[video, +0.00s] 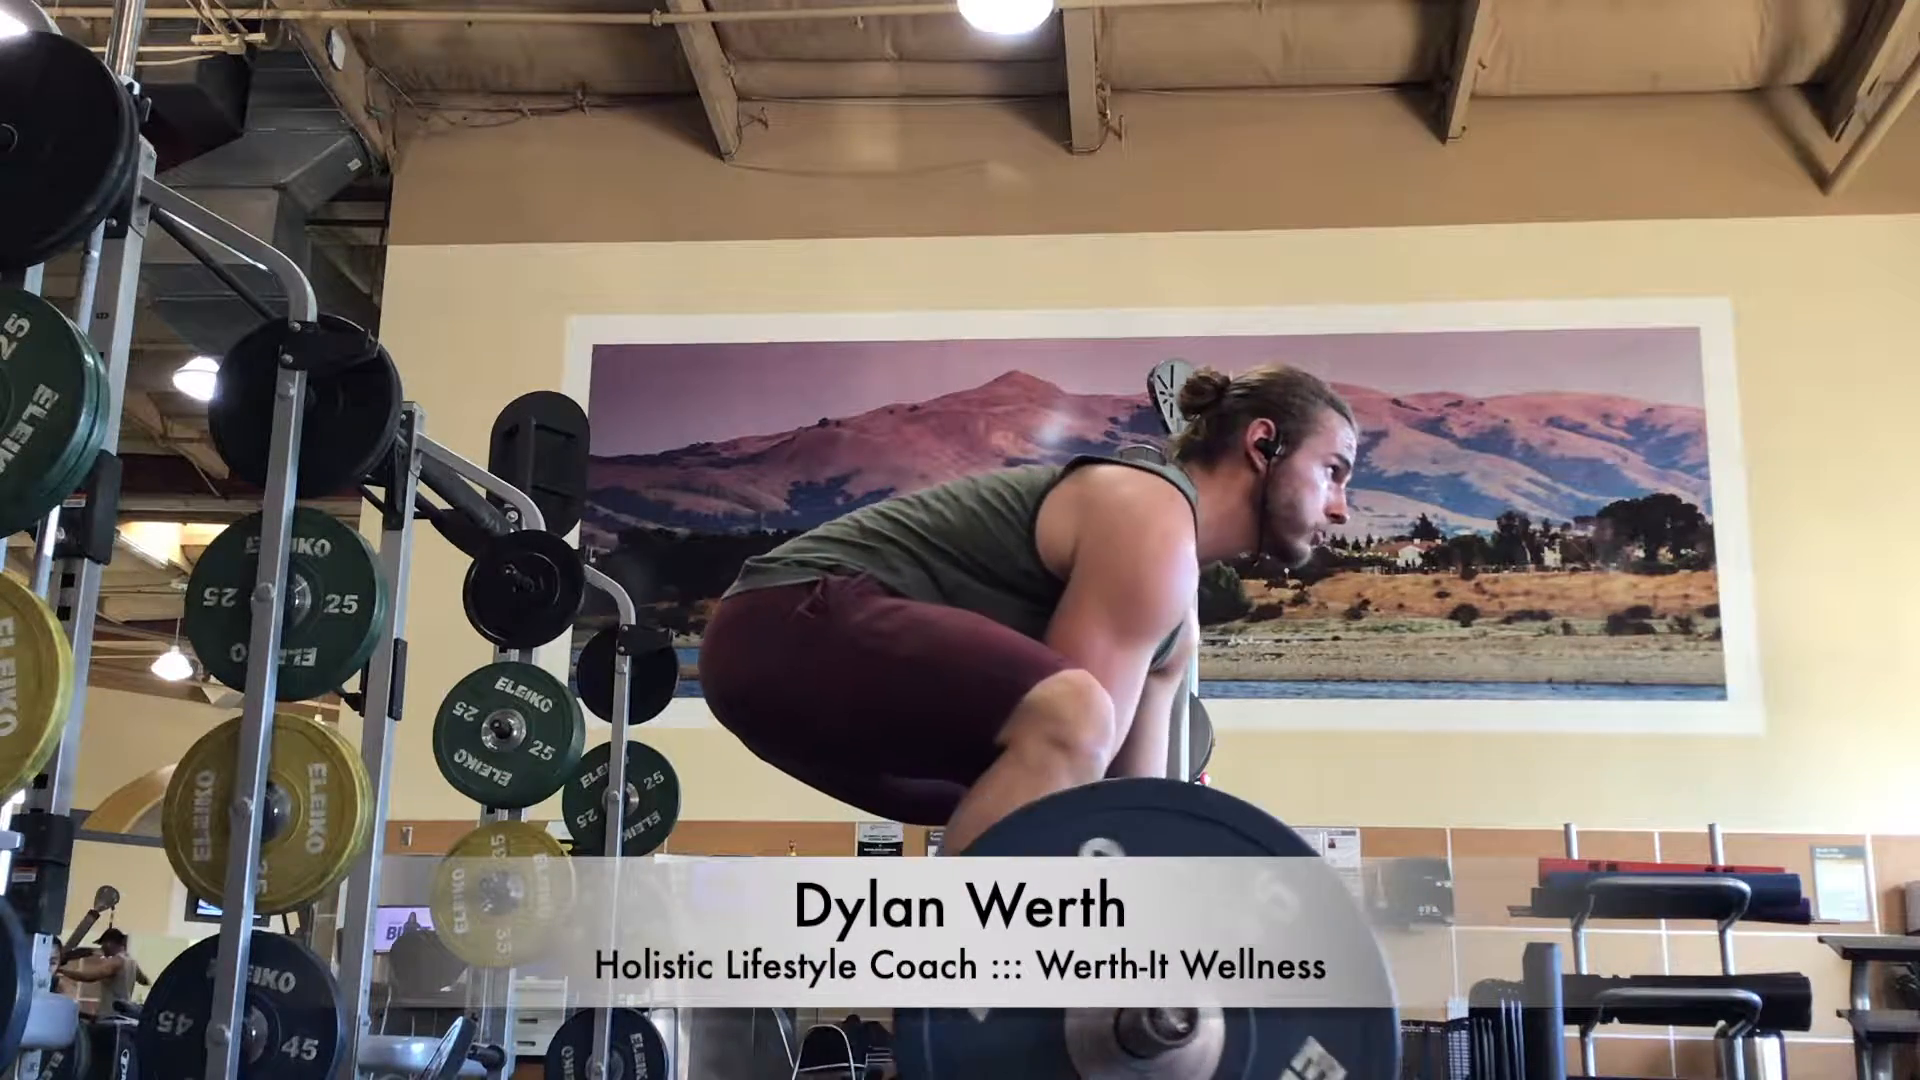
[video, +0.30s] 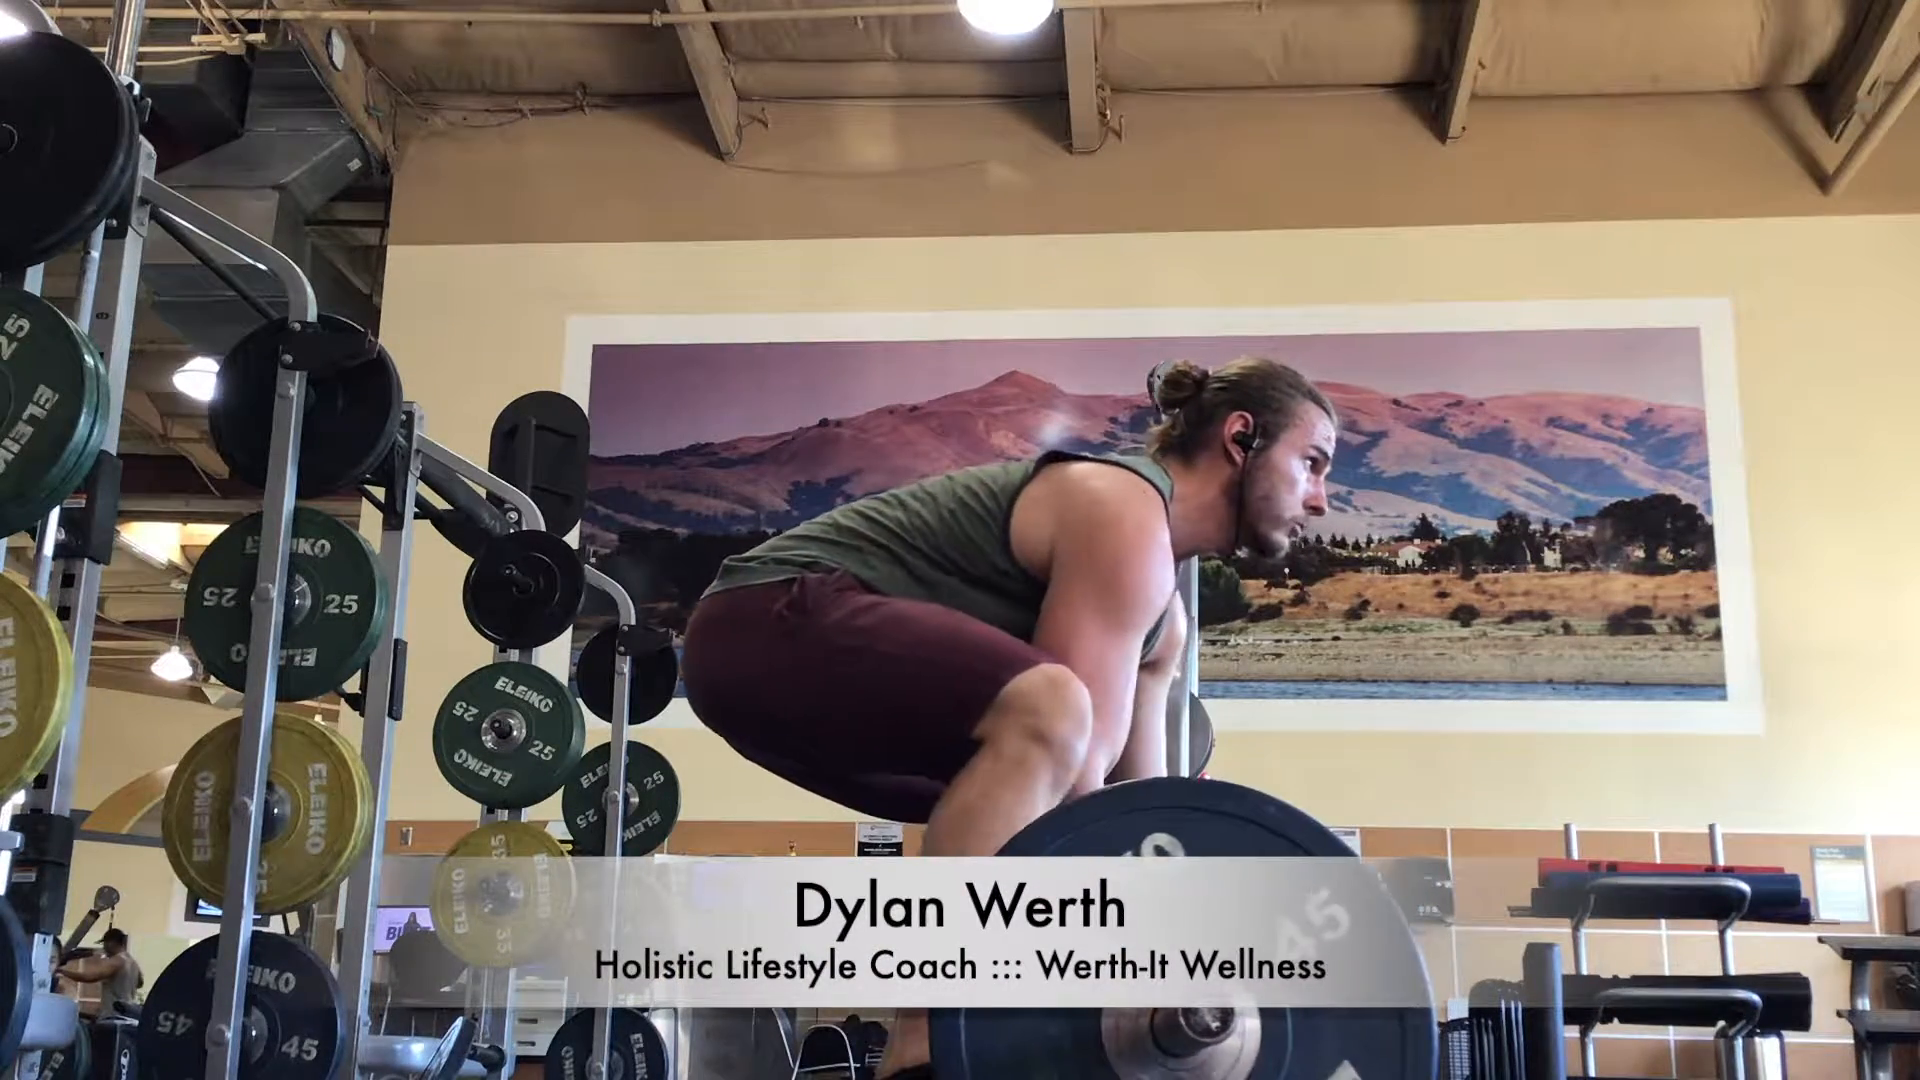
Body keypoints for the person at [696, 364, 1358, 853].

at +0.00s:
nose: (1343, 507)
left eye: (1347, 481)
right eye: (1333, 471)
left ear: (1263, 452)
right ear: (1260, 448)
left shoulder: (1173, 617)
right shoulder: (1146, 525)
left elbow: (1134, 809)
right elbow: (1062, 759)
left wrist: (1149, 979)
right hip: (788, 617)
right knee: (1071, 718)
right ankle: (927, 967)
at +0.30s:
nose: (1320, 498)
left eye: (1326, 477)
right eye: (1311, 463)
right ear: (1238, 437)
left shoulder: (1163, 617)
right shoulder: (1120, 519)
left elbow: (1139, 797)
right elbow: (1074, 784)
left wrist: (1173, 966)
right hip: (770, 614)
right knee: (1051, 716)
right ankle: (914, 1042)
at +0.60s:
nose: (1312, 497)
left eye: (1317, 473)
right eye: (1300, 462)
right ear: (1226, 440)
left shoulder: (1175, 615)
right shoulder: (1104, 521)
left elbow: (1148, 804)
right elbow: (1066, 771)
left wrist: (1161, 973)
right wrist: (1103, 962)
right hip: (751, 606)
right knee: (1006, 699)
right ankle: (913, 1004)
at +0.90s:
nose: (1318, 501)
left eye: (1325, 480)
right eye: (1309, 466)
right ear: (1236, 438)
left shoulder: (1175, 625)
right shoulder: (1115, 520)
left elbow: (1123, 814)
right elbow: (1042, 779)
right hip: (757, 606)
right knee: (1019, 707)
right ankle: (892, 978)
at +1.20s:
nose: (1337, 522)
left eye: (1344, 499)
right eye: (1328, 485)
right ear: (1255, 454)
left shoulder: (1178, 631)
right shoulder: (1134, 529)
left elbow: (1112, 812)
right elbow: (1030, 757)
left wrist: (1117, 978)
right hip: (766, 599)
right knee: (1033, 707)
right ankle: (941, 975)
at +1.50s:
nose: (1344, 509)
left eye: (1347, 483)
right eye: (1332, 472)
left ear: (1257, 456)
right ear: (1257, 452)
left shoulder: (1177, 612)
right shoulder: (1164, 531)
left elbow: (1109, 816)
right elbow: (1061, 766)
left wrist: (1113, 967)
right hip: (783, 630)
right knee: (1059, 713)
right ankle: (951, 962)